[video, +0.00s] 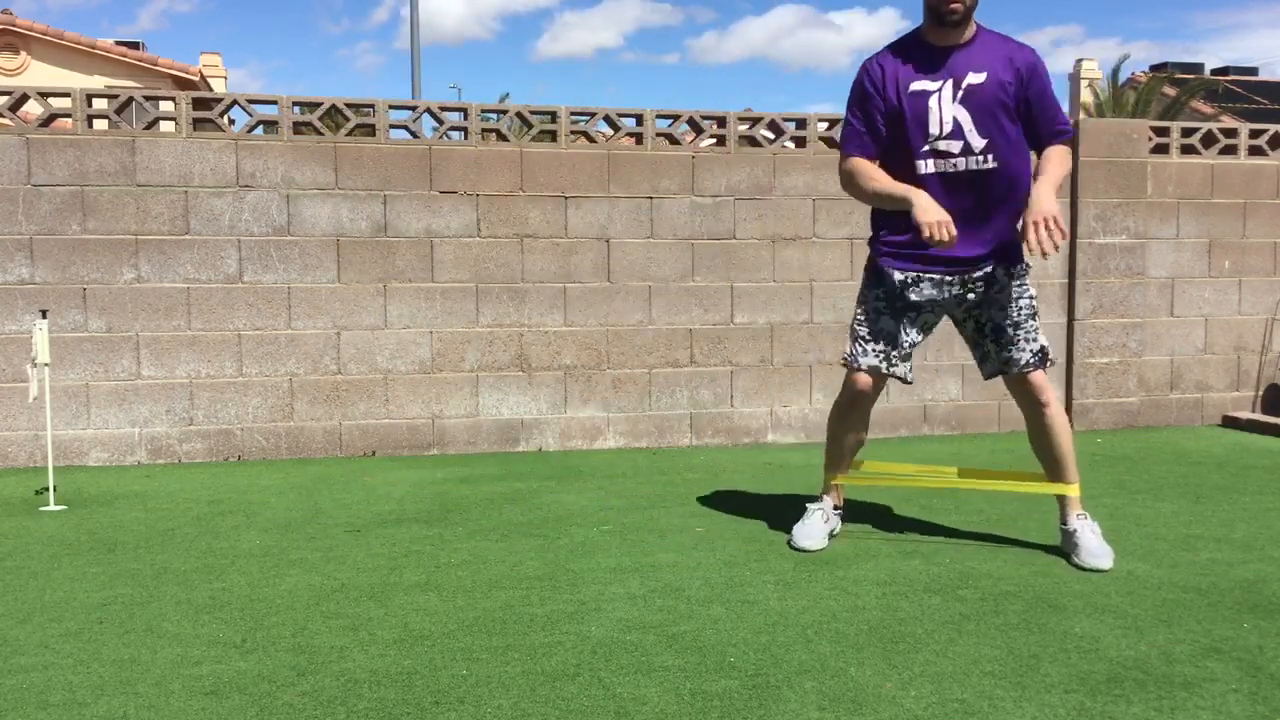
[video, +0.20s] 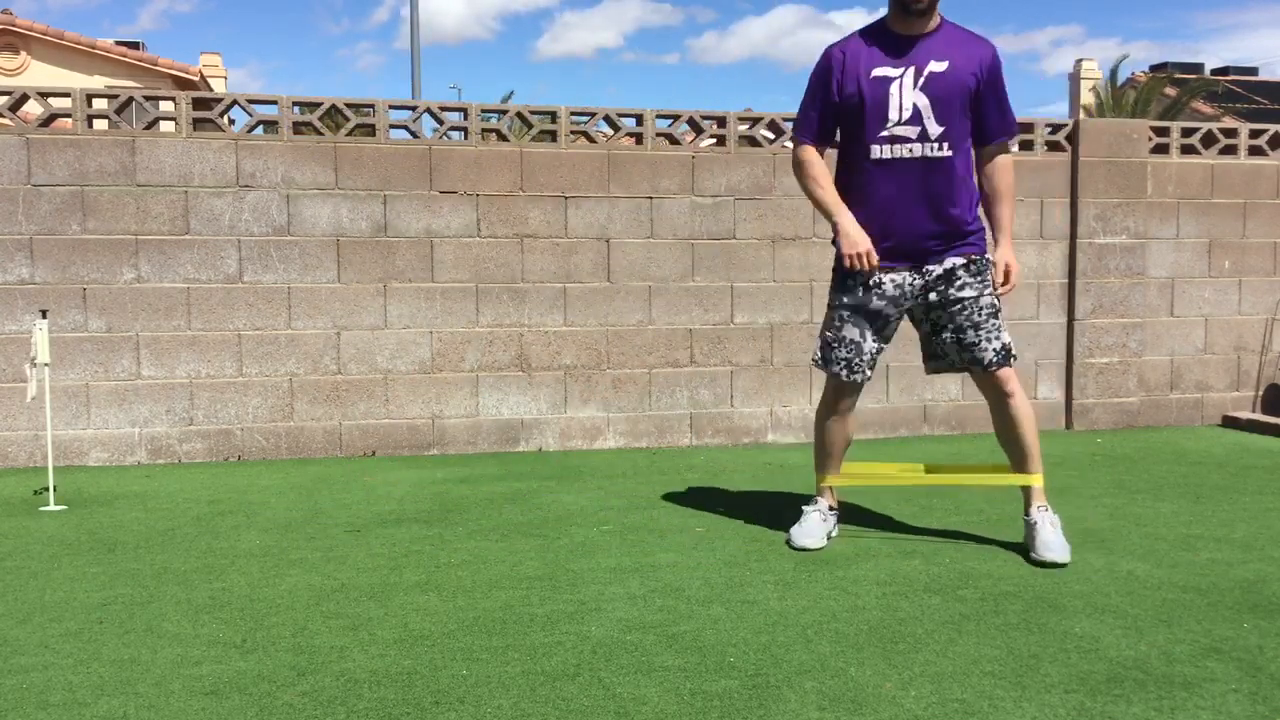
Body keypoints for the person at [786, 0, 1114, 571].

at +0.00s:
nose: (952, 0)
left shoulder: (1018, 62)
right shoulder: (882, 71)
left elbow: (1058, 143)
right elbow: (854, 170)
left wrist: (1044, 191)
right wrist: (912, 196)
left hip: (993, 264)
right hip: (904, 266)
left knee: (1034, 384)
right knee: (859, 384)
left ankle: (1075, 518)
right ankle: (828, 502)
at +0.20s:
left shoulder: (978, 56)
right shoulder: (843, 58)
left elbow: (996, 153)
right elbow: (806, 152)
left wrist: (1004, 241)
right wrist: (845, 222)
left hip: (957, 256)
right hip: (870, 258)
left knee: (1000, 376)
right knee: (842, 381)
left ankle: (1039, 508)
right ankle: (823, 504)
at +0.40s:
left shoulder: (979, 49)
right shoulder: (844, 48)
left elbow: (991, 149)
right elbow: (805, 140)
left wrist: (993, 238)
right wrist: (790, 231)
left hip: (948, 249)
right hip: (863, 250)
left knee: (966, 376)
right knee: (844, 378)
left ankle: (1001, 509)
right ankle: (822, 502)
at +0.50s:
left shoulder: (990, 53)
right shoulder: (855, 46)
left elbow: (1004, 153)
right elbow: (819, 140)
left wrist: (1005, 244)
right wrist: (795, 231)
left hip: (950, 250)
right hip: (866, 248)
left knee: (966, 382)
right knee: (846, 379)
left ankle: (1004, 510)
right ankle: (822, 502)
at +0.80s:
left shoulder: (1041, 62)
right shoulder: (913, 43)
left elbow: (1055, 160)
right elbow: (886, 135)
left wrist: (1032, 250)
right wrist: (883, 217)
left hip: (987, 251)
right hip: (910, 243)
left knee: (988, 385)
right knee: (874, 371)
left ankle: (1008, 515)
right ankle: (837, 503)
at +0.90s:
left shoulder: (1055, 57)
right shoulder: (933, 39)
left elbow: (1065, 160)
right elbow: (903, 133)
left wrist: (1036, 245)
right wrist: (893, 213)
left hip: (999, 253)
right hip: (922, 244)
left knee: (998, 384)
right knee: (891, 369)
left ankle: (1009, 513)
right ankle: (860, 498)